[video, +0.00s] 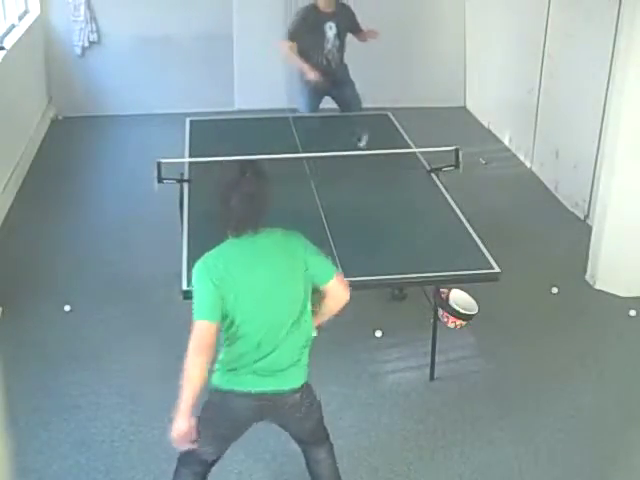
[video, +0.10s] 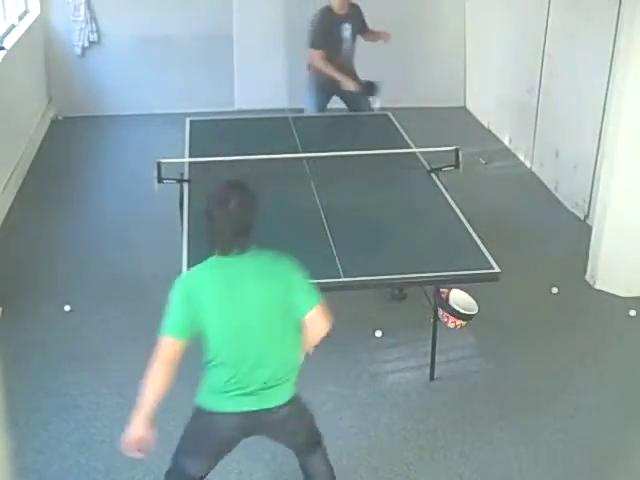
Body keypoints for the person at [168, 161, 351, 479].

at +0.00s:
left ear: (225, 207)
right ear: (264, 204)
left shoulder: (211, 266)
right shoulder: (295, 245)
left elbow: (202, 345)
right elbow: (340, 293)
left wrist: (184, 412)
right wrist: (310, 323)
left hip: (234, 399)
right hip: (292, 395)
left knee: (196, 461)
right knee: (318, 449)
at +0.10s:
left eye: (216, 216)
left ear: (212, 223)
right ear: (251, 222)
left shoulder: (191, 282)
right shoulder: (284, 267)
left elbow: (167, 356)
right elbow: (320, 322)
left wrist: (141, 421)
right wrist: (293, 351)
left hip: (219, 414)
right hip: (280, 407)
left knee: (183, 473)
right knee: (312, 452)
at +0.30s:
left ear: (164, 232)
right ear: (208, 240)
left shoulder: (127, 281)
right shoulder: (222, 291)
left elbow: (83, 338)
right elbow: (232, 371)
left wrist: (73, 393)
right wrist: (244, 379)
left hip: (144, 430)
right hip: (205, 430)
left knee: (138, 474)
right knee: (246, 474)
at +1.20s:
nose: (230, 187)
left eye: (230, 180)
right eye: (225, 180)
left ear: (210, 184)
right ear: (203, 184)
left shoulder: (214, 215)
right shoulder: (168, 220)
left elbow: (252, 251)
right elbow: (197, 281)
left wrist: (306, 254)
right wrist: (256, 289)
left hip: (161, 297)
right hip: (121, 300)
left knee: (191, 346)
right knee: (103, 377)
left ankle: (180, 409)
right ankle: (66, 459)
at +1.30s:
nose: (222, 179)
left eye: (221, 172)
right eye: (217, 173)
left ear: (197, 177)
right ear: (195, 177)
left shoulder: (199, 205)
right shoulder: (162, 217)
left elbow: (246, 229)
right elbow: (209, 264)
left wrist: (295, 212)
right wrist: (266, 246)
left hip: (154, 296)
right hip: (117, 302)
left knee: (184, 350)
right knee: (101, 382)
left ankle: (178, 411)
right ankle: (71, 463)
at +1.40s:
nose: (211, 164)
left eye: (209, 157)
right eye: (205, 158)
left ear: (183, 167)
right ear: (184, 167)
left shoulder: (186, 195)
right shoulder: (153, 210)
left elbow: (234, 211)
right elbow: (208, 252)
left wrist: (279, 192)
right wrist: (257, 211)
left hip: (145, 298)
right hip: (110, 304)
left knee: (175, 349)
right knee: (99, 387)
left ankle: (176, 411)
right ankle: (71, 466)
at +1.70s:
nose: (194, 153)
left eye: (193, 145)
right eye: (189, 146)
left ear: (163, 153)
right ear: (168, 153)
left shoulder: (156, 184)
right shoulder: (145, 188)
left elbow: (167, 223)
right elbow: (178, 225)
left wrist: (199, 234)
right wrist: (208, 233)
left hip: (141, 297)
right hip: (115, 303)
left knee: (159, 347)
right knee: (107, 387)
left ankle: (149, 415)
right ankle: (72, 464)